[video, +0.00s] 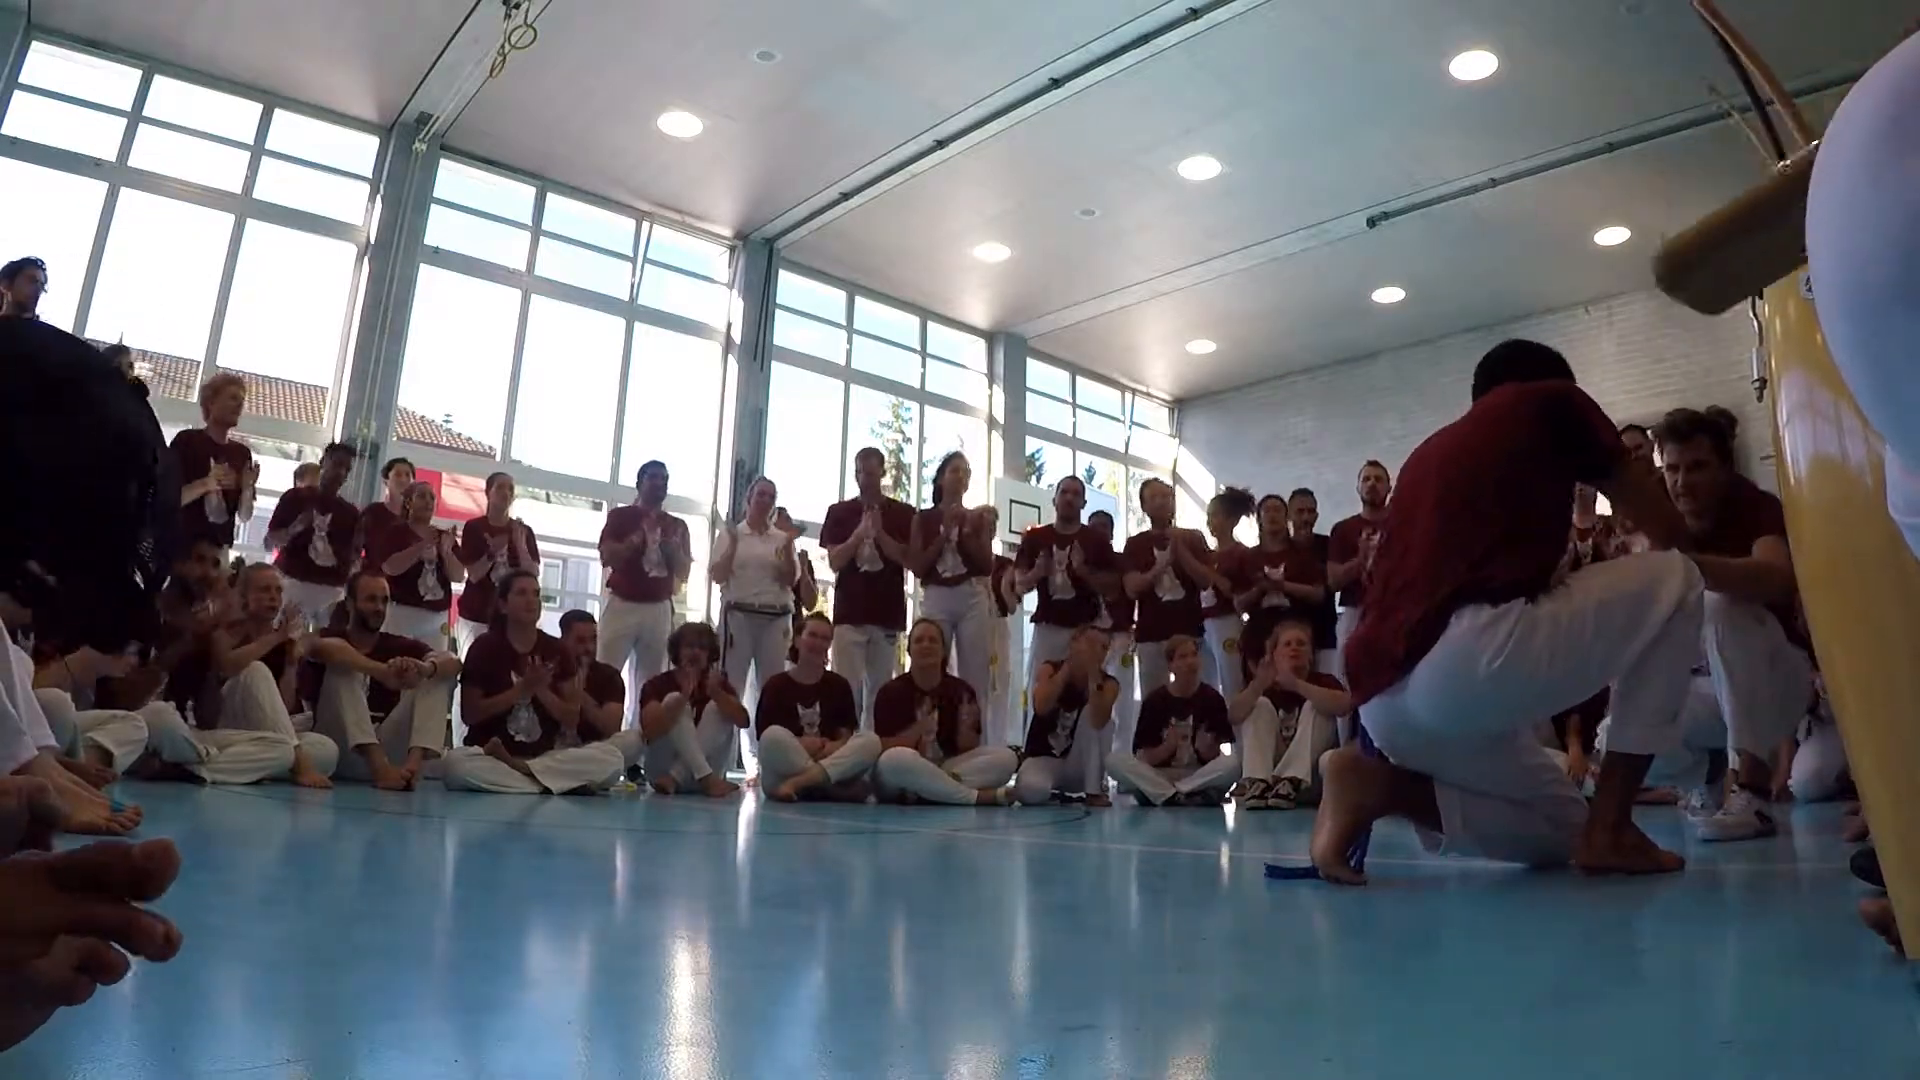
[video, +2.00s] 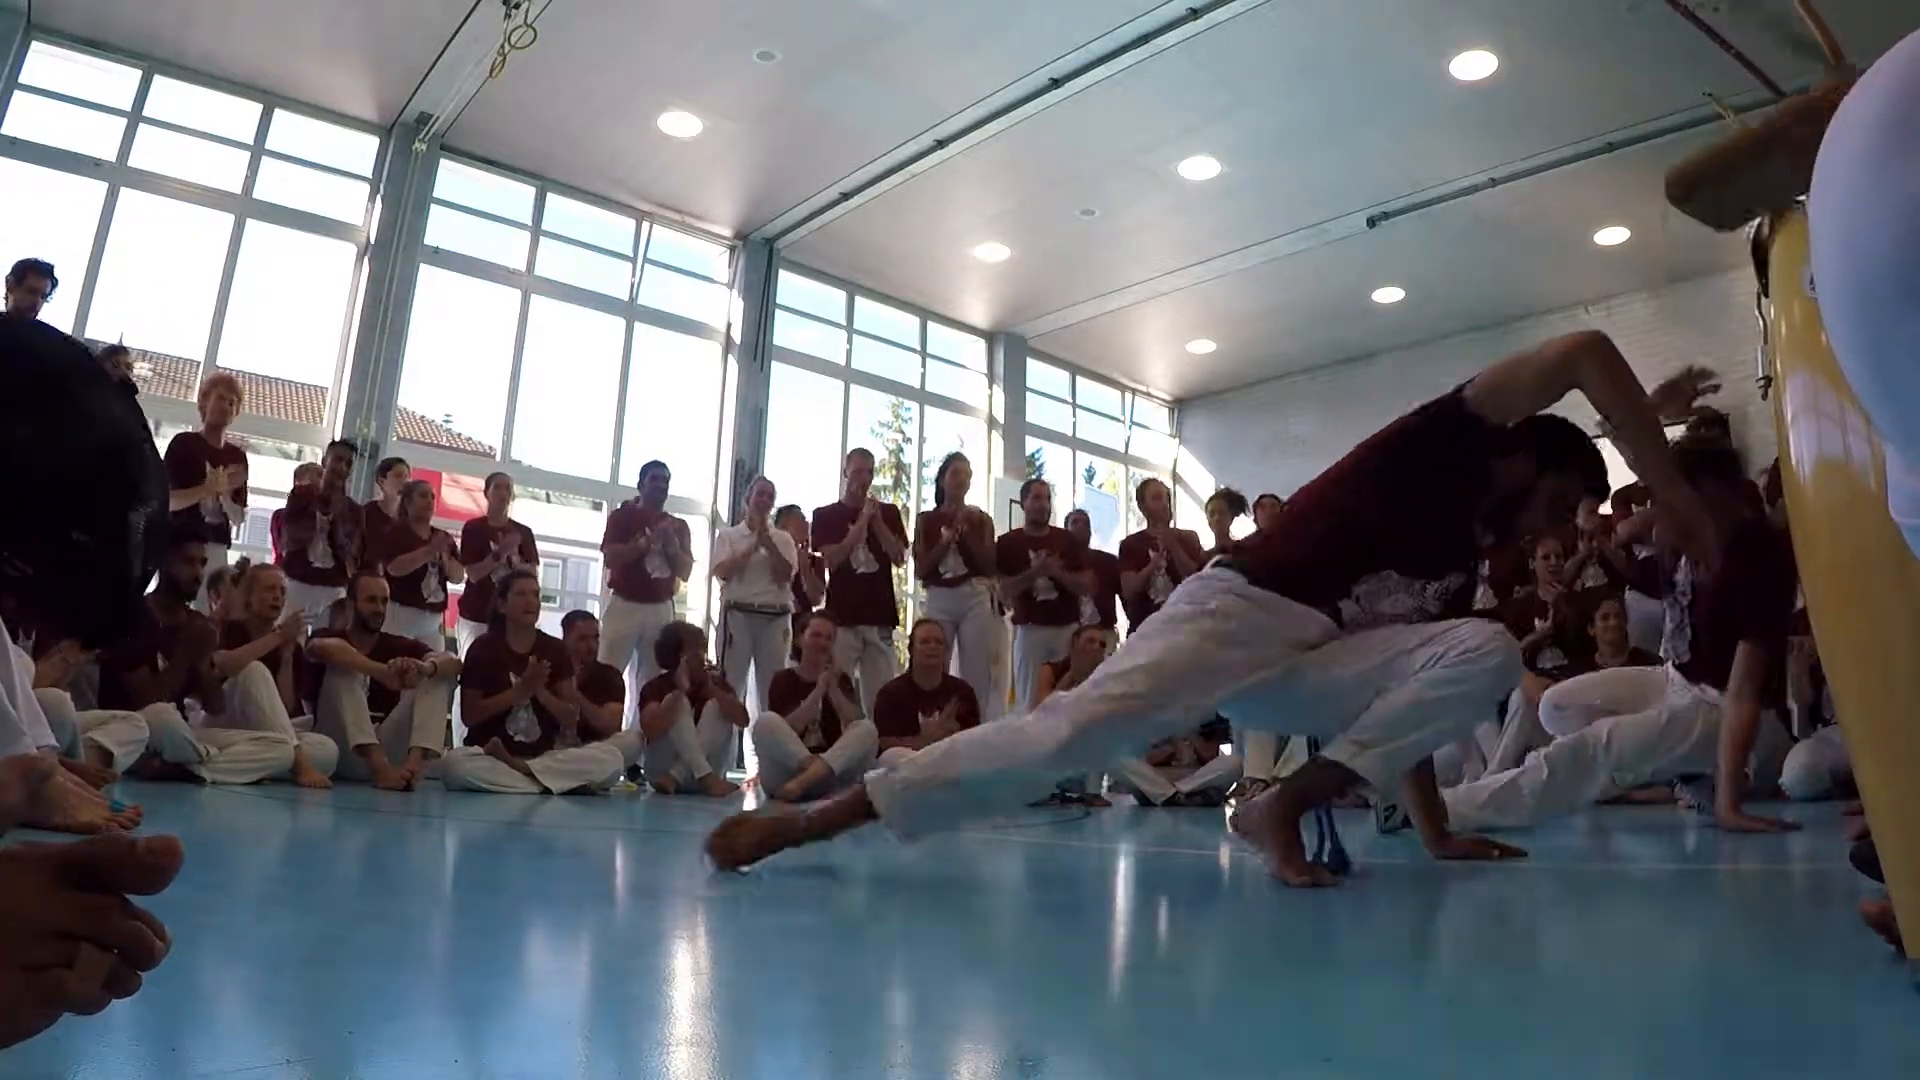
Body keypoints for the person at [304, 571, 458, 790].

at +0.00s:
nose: (380, 608)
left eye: (384, 601)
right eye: (371, 600)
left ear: (389, 603)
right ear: (350, 603)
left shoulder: (393, 643)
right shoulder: (328, 638)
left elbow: (454, 662)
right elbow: (318, 648)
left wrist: (426, 667)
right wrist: (382, 672)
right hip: (335, 750)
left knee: (438, 673)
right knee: (342, 663)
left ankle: (414, 764)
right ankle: (379, 765)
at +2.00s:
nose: (380, 608)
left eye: (384, 601)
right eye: (371, 601)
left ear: (389, 603)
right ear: (352, 603)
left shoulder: (395, 644)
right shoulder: (328, 638)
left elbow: (455, 663)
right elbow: (319, 648)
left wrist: (426, 667)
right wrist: (383, 672)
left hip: (387, 751)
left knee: (437, 674)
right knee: (343, 663)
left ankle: (414, 764)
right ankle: (379, 766)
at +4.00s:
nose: (378, 609)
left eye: (383, 602)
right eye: (370, 601)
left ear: (388, 603)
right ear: (351, 603)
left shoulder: (392, 643)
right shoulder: (329, 637)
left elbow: (453, 662)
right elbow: (317, 649)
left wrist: (427, 666)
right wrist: (382, 671)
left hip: (387, 750)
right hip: (338, 750)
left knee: (438, 673)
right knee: (343, 661)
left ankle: (415, 763)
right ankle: (378, 764)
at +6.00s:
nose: (379, 610)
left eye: (384, 602)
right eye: (371, 602)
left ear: (389, 603)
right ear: (352, 603)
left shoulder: (393, 643)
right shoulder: (329, 637)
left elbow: (454, 663)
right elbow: (316, 650)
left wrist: (427, 666)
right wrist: (382, 671)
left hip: (387, 751)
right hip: (338, 749)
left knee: (437, 674)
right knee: (342, 662)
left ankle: (415, 764)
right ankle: (378, 764)